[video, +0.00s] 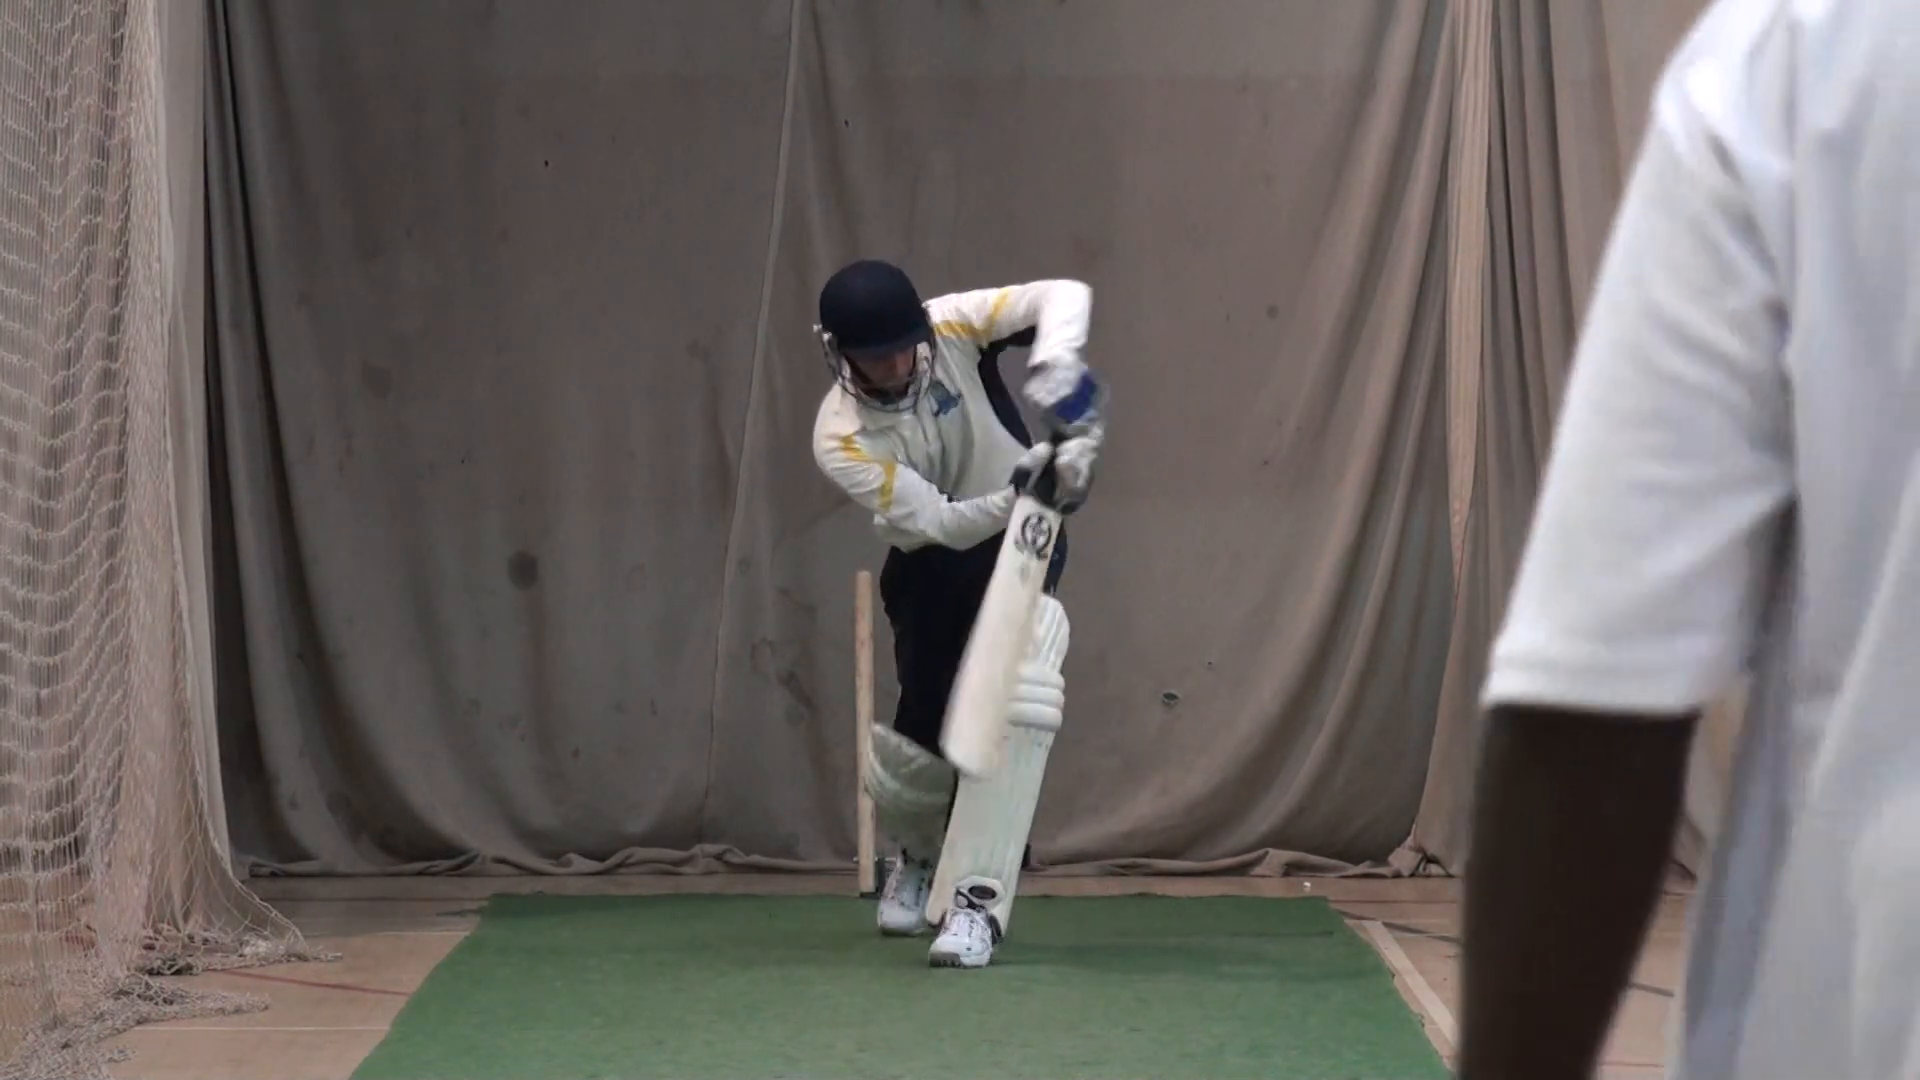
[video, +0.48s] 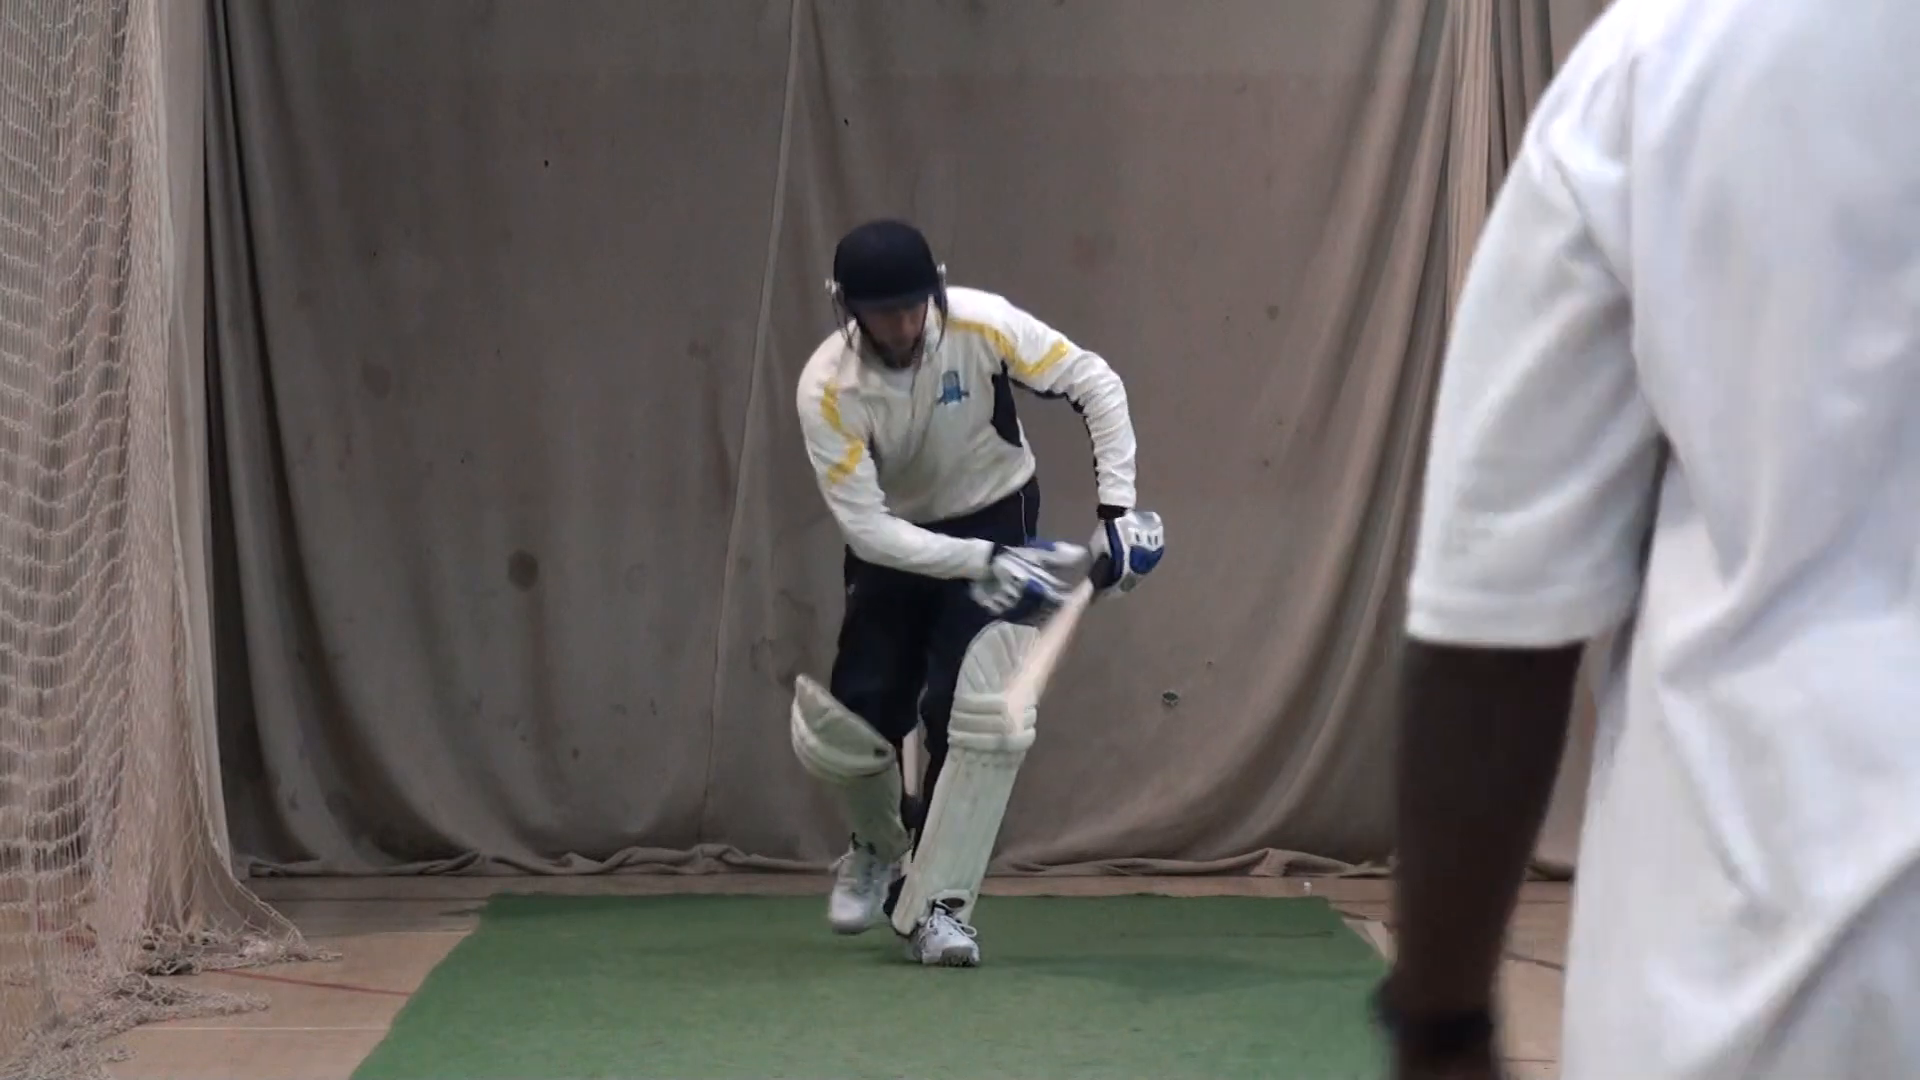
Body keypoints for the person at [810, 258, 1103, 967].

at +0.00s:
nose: (902, 368)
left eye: (909, 350)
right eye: (882, 359)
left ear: (922, 329)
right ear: (845, 355)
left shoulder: (948, 324)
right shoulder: (840, 437)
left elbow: (1062, 295)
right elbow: (939, 521)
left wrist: (1054, 362)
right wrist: (1020, 494)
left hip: (1015, 549)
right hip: (929, 574)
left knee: (1018, 719)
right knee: (920, 744)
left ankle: (977, 901)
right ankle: (915, 858)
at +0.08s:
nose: (899, 376)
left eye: (906, 358)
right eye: (878, 367)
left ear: (917, 341)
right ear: (840, 367)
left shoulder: (951, 336)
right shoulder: (834, 450)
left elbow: (1075, 299)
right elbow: (940, 532)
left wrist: (1106, 381)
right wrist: (1047, 492)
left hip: (1009, 539)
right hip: (916, 568)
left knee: (1009, 702)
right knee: (906, 748)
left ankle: (959, 897)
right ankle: (906, 862)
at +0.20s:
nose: (881, 394)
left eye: (895, 375)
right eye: (863, 382)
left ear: (917, 361)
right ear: (833, 377)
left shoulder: (962, 358)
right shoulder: (828, 456)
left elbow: (1094, 366)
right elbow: (924, 555)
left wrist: (1129, 462)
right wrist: (1034, 532)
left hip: (994, 564)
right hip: (905, 588)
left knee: (990, 716)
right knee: (887, 756)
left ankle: (942, 906)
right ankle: (901, 865)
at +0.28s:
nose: (890, 390)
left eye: (903, 370)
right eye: (871, 378)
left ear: (923, 354)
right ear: (841, 371)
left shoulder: (972, 361)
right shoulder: (827, 445)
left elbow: (1099, 397)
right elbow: (916, 554)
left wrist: (1133, 501)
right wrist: (1039, 549)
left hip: (990, 564)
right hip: (899, 582)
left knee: (983, 719)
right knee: (885, 743)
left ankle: (942, 907)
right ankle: (897, 858)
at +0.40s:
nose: (903, 357)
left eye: (914, 339)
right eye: (884, 345)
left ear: (931, 325)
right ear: (850, 340)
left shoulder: (974, 343)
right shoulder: (828, 415)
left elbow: (1099, 395)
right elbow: (898, 540)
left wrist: (1123, 514)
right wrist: (1028, 575)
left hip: (993, 524)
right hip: (896, 538)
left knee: (983, 714)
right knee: (864, 740)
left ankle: (941, 904)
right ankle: (888, 844)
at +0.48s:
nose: (906, 328)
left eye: (916, 309)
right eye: (886, 315)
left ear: (934, 294)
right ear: (852, 310)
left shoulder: (980, 325)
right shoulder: (828, 389)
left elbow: (1094, 381)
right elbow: (867, 528)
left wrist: (1118, 506)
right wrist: (980, 564)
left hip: (992, 523)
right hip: (893, 533)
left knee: (972, 713)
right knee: (854, 726)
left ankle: (946, 905)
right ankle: (880, 849)